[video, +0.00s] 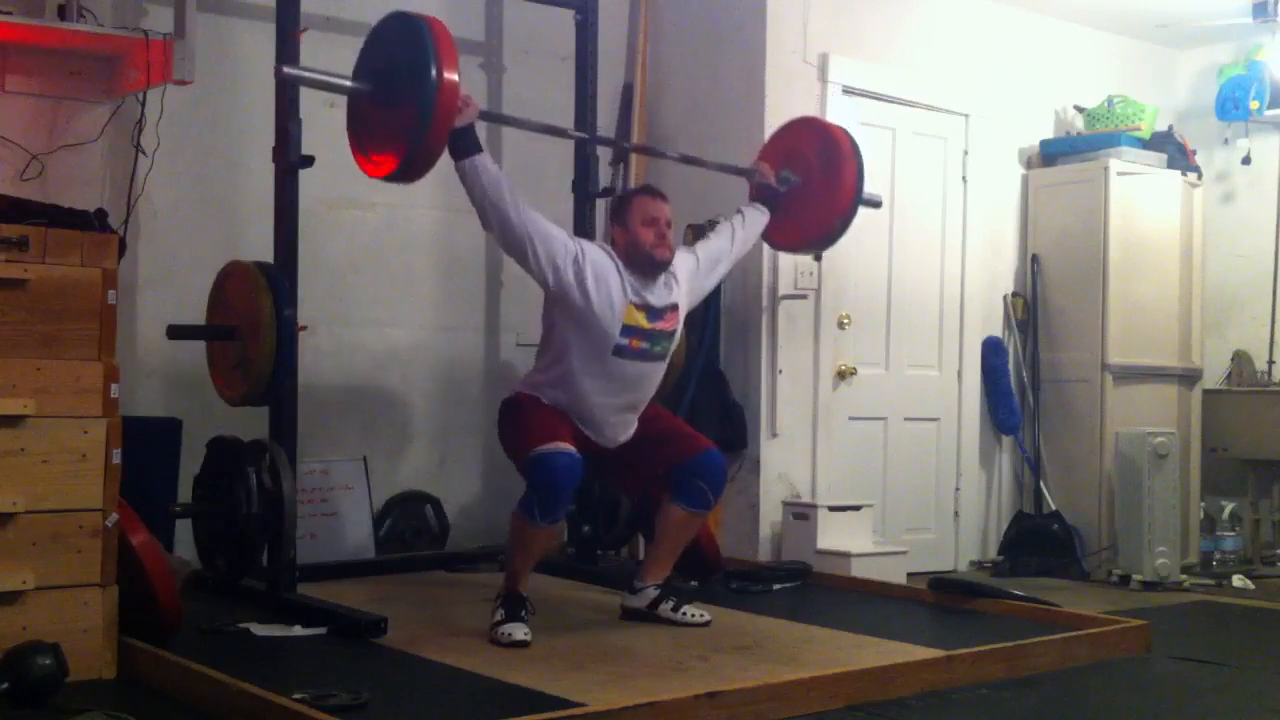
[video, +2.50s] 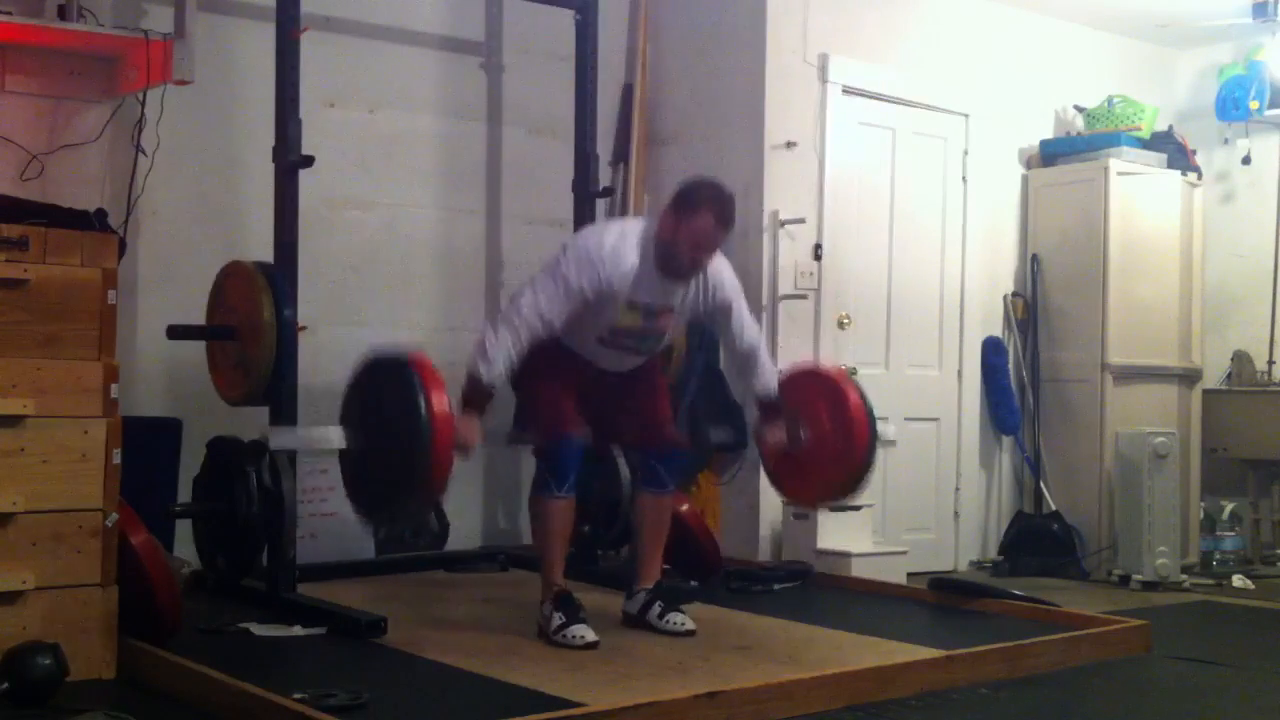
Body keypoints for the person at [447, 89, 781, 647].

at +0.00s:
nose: (664, 233)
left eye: (669, 225)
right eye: (650, 224)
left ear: (673, 233)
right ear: (617, 232)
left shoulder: (683, 279)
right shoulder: (583, 268)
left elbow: (727, 244)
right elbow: (512, 219)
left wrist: (763, 202)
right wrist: (464, 140)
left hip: (628, 419)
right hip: (548, 409)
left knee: (705, 468)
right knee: (559, 471)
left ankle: (647, 590)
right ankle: (513, 598)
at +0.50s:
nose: (670, 283)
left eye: (676, 276)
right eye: (657, 274)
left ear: (682, 285)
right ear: (624, 282)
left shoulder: (690, 326)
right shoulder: (588, 316)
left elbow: (737, 288)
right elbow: (516, 276)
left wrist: (771, 241)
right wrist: (465, 200)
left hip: (635, 460)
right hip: (553, 453)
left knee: (719, 474)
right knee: (579, 495)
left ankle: (648, 591)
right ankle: (519, 599)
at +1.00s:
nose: (666, 175)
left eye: (672, 167)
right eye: (652, 166)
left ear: (679, 180)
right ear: (621, 177)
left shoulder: (690, 224)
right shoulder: (585, 212)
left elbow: (742, 188)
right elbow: (512, 172)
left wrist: (772, 143)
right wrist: (466, 97)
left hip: (636, 388)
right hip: (558, 374)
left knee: (707, 468)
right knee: (564, 470)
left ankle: (648, 590)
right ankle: (515, 599)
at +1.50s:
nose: (649, 70)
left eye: (656, 61)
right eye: (636, 60)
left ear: (665, 69)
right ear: (607, 68)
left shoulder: (678, 120)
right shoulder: (573, 101)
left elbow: (730, 85)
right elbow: (503, 41)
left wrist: (765, 38)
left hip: (653, 308)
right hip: (577, 303)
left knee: (662, 452)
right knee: (573, 453)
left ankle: (645, 590)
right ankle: (556, 600)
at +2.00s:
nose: (616, 67)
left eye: (624, 59)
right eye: (604, 57)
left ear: (632, 68)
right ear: (576, 63)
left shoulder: (646, 128)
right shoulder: (548, 113)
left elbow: (705, 147)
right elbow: (466, 127)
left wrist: (765, 122)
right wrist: (448, 84)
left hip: (656, 297)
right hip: (580, 295)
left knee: (663, 441)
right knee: (578, 442)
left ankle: (656, 579)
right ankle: (563, 592)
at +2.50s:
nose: (699, 260)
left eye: (710, 250)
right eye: (695, 245)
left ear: (720, 244)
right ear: (668, 222)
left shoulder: (714, 275)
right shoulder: (605, 250)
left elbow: (746, 340)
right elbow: (525, 312)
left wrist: (770, 408)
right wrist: (473, 402)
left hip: (635, 368)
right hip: (561, 357)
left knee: (661, 459)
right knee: (564, 450)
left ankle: (645, 596)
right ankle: (555, 600)